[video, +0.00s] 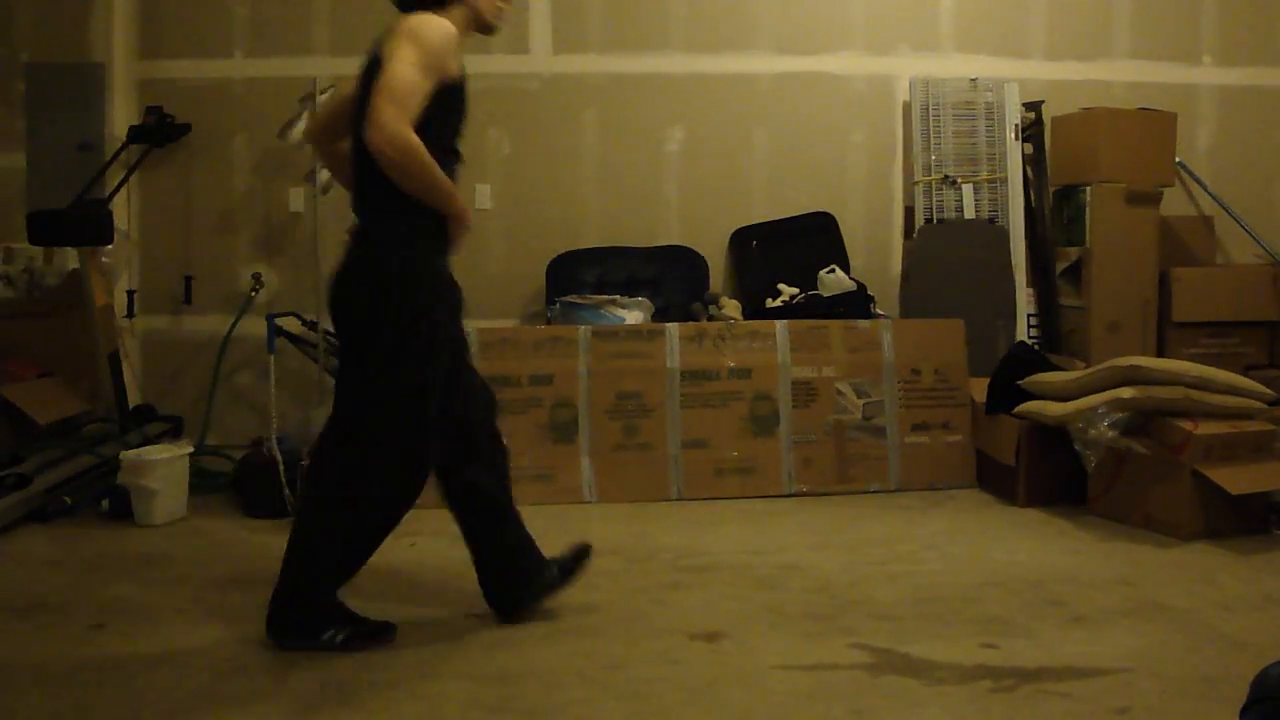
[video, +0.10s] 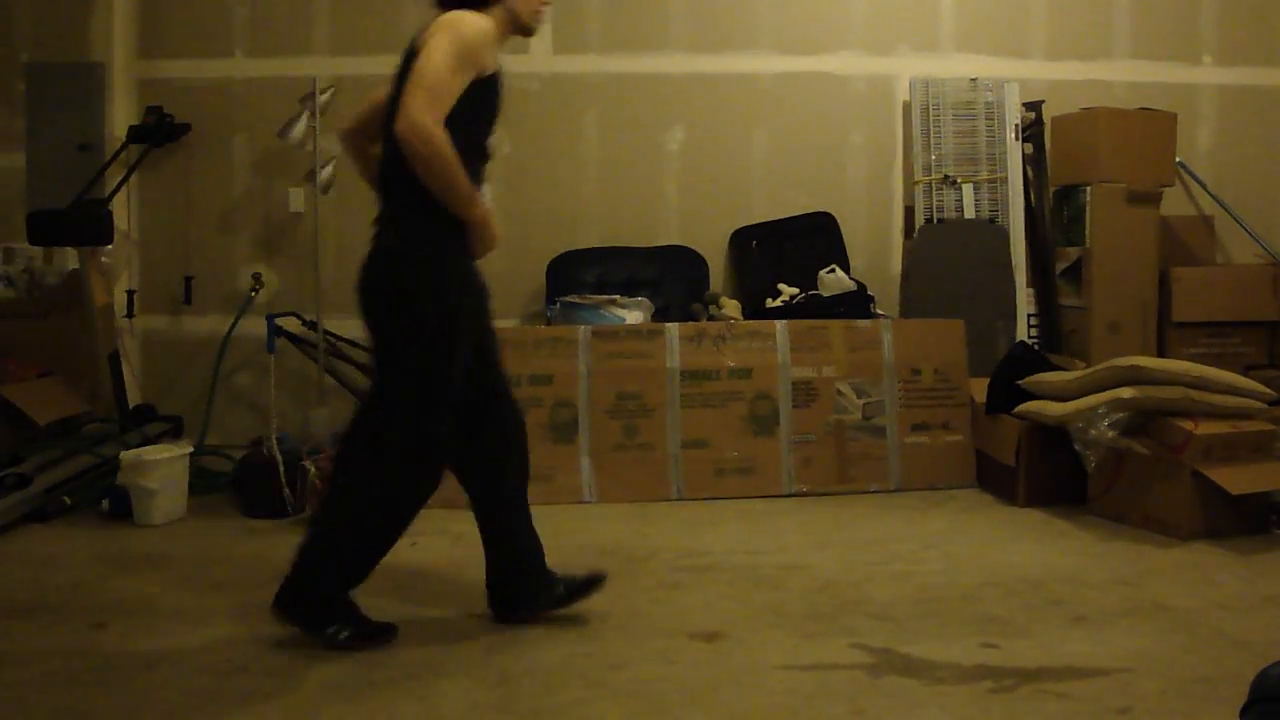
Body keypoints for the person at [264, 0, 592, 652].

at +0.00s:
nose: (506, 5)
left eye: (505, 1)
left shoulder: (410, 37)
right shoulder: (432, 31)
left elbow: (324, 131)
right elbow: (387, 130)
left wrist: (382, 199)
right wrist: (455, 207)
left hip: (402, 274)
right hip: (394, 277)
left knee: (464, 424)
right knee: (378, 445)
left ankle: (516, 577)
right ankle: (300, 610)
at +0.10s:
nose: (545, 6)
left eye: (546, 0)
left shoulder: (454, 36)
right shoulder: (469, 30)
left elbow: (359, 131)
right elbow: (417, 123)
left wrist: (410, 200)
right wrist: (474, 210)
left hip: (424, 270)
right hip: (422, 272)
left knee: (490, 430)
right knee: (406, 436)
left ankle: (522, 585)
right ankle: (313, 593)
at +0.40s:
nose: (635, 8)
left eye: (636, 1)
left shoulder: (568, 44)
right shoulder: (544, 29)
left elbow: (527, 140)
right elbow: (465, 113)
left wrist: (554, 225)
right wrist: (502, 230)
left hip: (527, 259)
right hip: (517, 261)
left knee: (541, 425)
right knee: (629, 406)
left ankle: (505, 588)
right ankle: (555, 545)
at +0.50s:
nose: (657, 1)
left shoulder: (606, 49)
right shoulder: (566, 29)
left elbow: (567, 150)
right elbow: (477, 106)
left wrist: (590, 236)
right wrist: (480, 223)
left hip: (567, 267)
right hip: (544, 266)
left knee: (537, 432)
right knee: (628, 420)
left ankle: (504, 595)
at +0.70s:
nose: (701, 6)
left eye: (703, 0)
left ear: (694, 7)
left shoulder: (692, 59)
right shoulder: (603, 51)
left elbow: (675, 162)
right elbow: (526, 142)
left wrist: (702, 250)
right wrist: (496, 250)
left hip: (646, 271)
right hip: (597, 273)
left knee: (618, 429)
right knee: (658, 432)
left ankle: (526, 571)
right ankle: (684, 604)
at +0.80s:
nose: (718, 7)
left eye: (722, 0)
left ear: (719, 8)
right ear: (671, 2)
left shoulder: (727, 60)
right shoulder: (619, 68)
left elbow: (731, 149)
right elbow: (560, 165)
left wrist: (763, 217)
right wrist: (531, 272)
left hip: (691, 273)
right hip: (632, 276)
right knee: (677, 435)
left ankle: (606, 518)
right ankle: (686, 605)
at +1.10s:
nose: (748, 4)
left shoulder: (810, 31)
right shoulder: (673, 45)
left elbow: (917, 82)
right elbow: (638, 133)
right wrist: (642, 223)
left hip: (798, 262)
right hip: (710, 267)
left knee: (857, 429)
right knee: (706, 444)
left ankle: (915, 578)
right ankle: (735, 603)